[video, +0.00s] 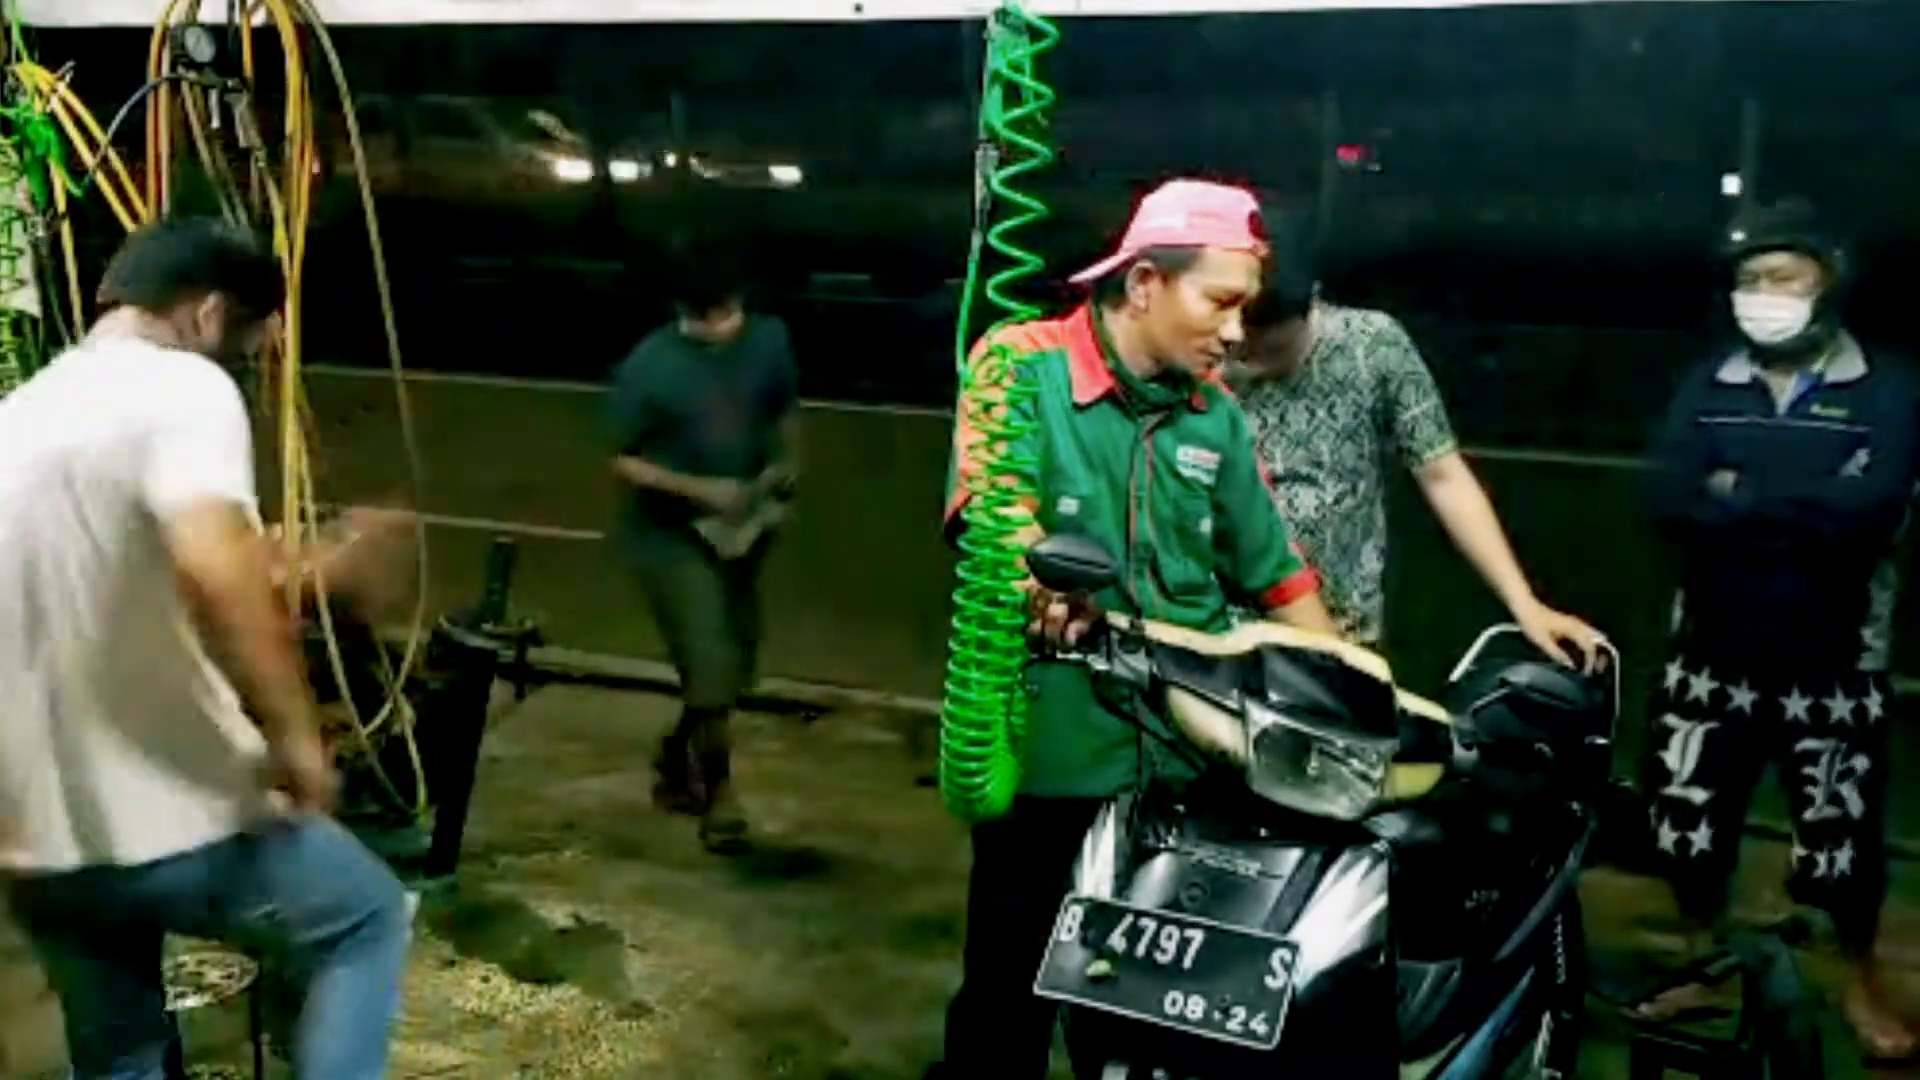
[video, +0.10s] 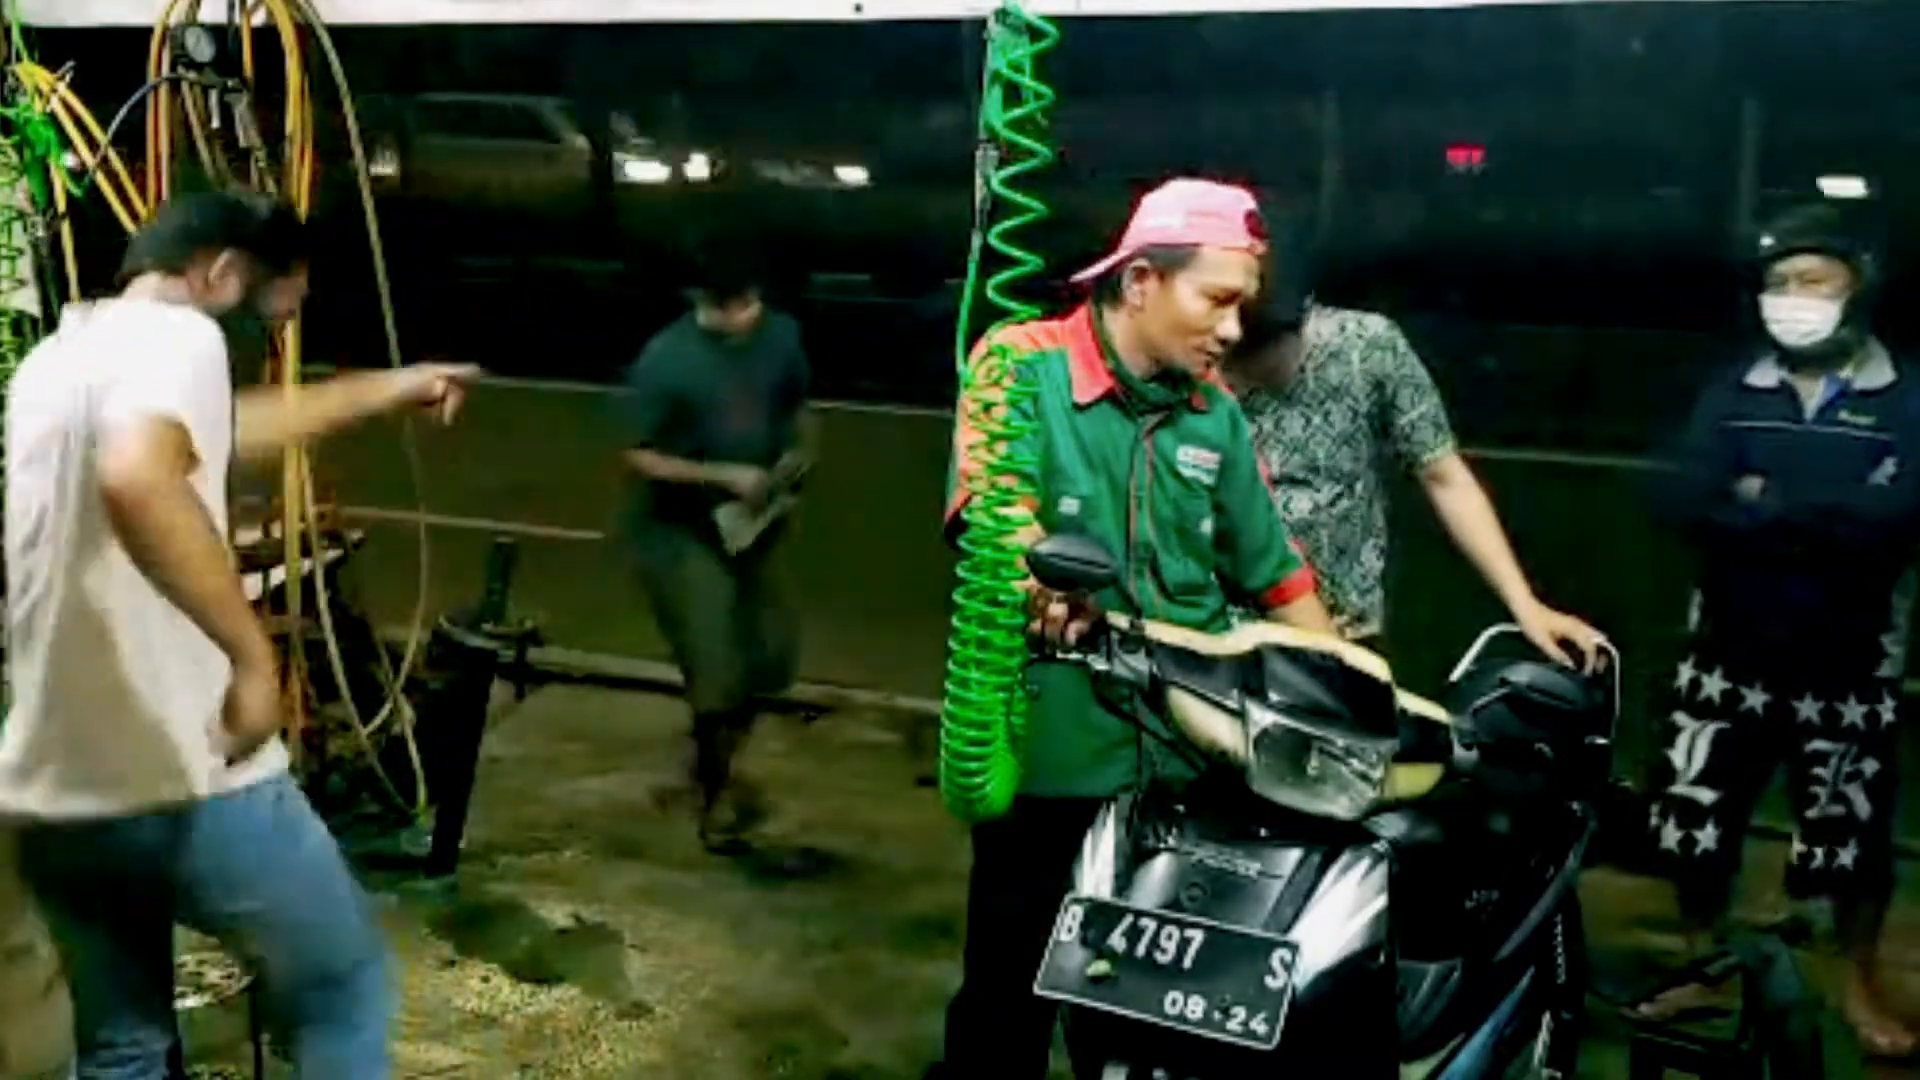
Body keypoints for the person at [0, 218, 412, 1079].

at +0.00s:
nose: (231, 353)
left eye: (236, 334)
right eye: (234, 329)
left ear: (110, 304)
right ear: (202, 306)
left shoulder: (18, 411)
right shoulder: (181, 388)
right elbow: (214, 565)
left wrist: (306, 565)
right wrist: (293, 732)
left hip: (35, 831)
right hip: (164, 821)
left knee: (121, 1057)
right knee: (366, 917)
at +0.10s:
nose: (254, 336)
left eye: (265, 320)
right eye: (255, 314)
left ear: (142, 271)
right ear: (216, 269)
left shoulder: (47, 364)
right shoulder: (177, 336)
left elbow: (222, 422)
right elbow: (136, 478)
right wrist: (251, 651)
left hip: (54, 790)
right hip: (192, 784)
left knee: (122, 1046)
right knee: (344, 993)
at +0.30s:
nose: (328, 313)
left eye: (339, 297)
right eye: (331, 290)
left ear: (217, 252)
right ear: (274, 255)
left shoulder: (121, 321)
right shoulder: (241, 321)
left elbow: (289, 325)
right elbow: (198, 408)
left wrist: (399, 363)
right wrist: (358, 548)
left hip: (108, 770)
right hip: (223, 778)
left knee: (164, 1040)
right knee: (336, 1038)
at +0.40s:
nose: (340, 304)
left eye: (345, 286)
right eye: (338, 284)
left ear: (242, 269)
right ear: (296, 271)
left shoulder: (131, 357)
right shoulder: (282, 375)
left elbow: (224, 444)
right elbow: (290, 554)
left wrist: (373, 503)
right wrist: (444, 683)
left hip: (136, 777)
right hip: (241, 790)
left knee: (273, 965)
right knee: (389, 1020)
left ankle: (214, 1065)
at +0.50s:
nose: (355, 335)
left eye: (362, 316)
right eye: (354, 313)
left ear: (240, 293)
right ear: (311, 296)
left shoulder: (123, 407)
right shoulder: (326, 415)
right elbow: (388, 610)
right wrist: (520, 655)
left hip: (162, 781)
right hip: (291, 786)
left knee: (302, 969)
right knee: (424, 1017)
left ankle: (253, 1070)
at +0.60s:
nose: (359, 333)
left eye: (367, 319)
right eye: (364, 314)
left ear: (250, 283)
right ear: (331, 289)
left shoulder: (131, 388)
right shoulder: (346, 393)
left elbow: (60, 567)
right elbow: (479, 551)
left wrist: (78, 657)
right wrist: (547, 556)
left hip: (185, 775)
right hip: (316, 780)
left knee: (326, 932)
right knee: (418, 1012)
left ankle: (289, 1068)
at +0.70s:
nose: (379, 299)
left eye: (386, 283)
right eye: (383, 281)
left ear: (272, 253)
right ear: (353, 262)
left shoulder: (147, 337)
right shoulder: (374, 338)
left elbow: (12, 428)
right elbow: (563, 406)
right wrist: (553, 373)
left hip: (201, 737)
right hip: (330, 748)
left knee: (292, 967)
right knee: (389, 1000)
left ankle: (291, 1075)